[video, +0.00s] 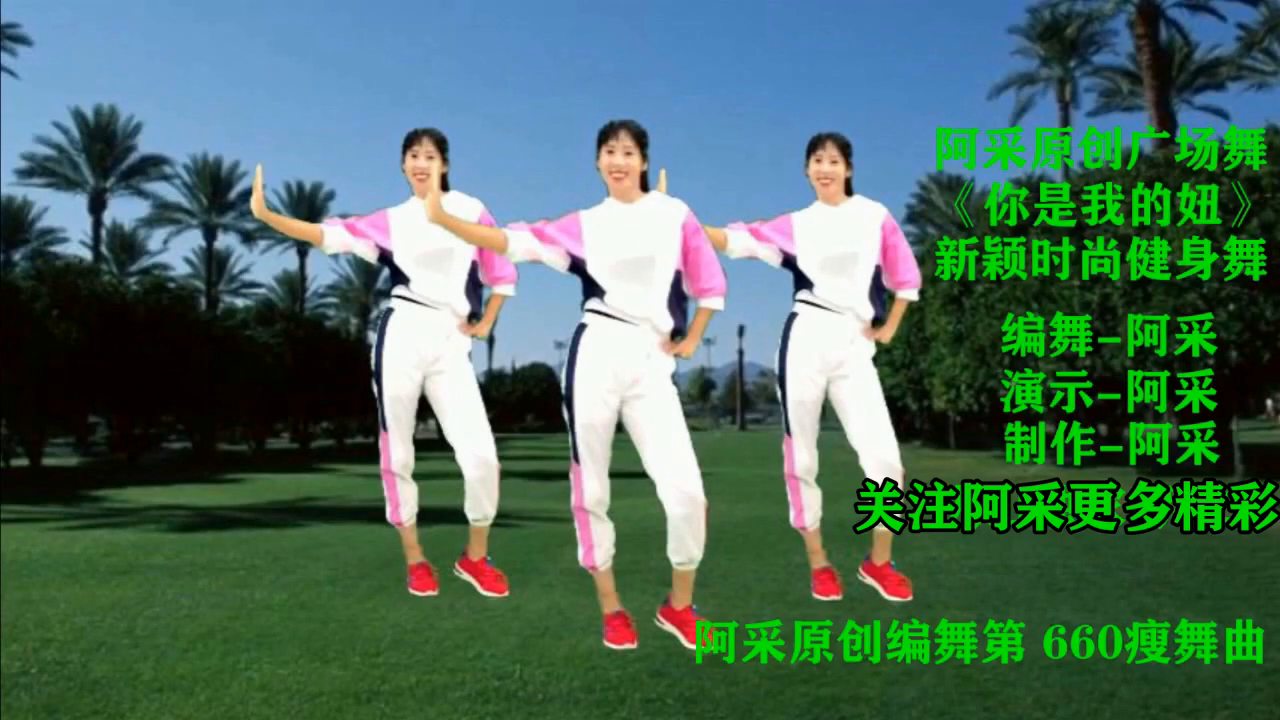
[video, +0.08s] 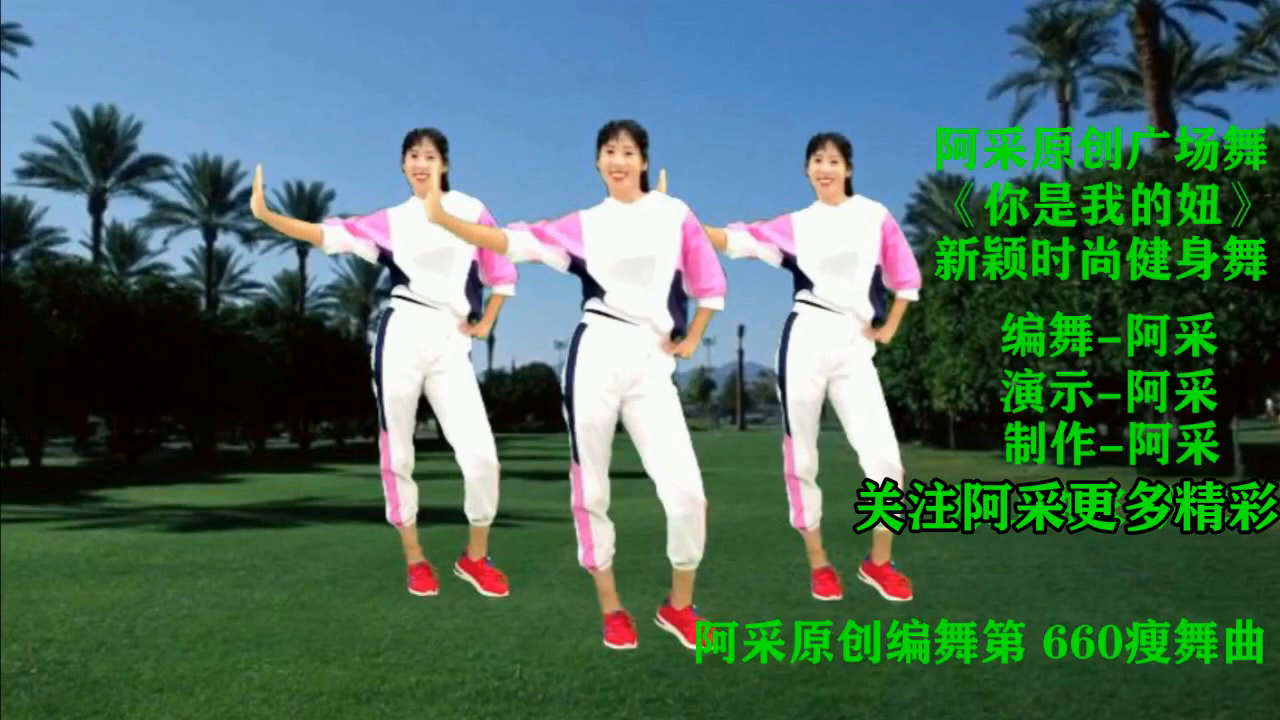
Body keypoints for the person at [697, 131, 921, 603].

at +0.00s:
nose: (825, 168)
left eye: (833, 161)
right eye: (818, 161)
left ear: (848, 169)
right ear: (807, 170)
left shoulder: (876, 217)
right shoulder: (797, 223)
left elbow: (907, 277)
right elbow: (734, 238)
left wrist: (888, 329)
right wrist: (683, 224)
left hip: (855, 340)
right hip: (806, 336)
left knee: (886, 459)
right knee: (802, 458)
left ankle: (879, 562)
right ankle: (819, 565)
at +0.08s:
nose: (825, 168)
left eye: (833, 161)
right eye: (818, 161)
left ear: (848, 169)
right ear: (807, 171)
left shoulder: (876, 217)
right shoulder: (797, 223)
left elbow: (907, 277)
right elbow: (734, 238)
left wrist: (888, 330)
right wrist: (682, 224)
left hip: (855, 340)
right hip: (806, 336)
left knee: (885, 458)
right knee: (802, 458)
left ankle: (879, 562)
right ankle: (819, 565)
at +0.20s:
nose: (825, 168)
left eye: (833, 161)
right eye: (818, 161)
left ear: (848, 169)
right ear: (807, 171)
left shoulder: (876, 217)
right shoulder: (797, 223)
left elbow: (907, 277)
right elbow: (734, 238)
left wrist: (888, 330)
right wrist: (682, 224)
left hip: (855, 340)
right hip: (806, 336)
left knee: (885, 458)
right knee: (802, 458)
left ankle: (879, 562)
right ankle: (819, 565)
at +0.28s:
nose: (825, 168)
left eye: (833, 161)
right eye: (818, 161)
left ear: (848, 169)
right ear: (807, 171)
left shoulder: (876, 217)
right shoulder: (797, 223)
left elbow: (907, 277)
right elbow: (734, 238)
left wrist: (888, 329)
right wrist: (683, 224)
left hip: (855, 340)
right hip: (806, 336)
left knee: (886, 459)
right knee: (802, 459)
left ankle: (879, 562)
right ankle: (819, 565)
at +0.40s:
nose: (825, 168)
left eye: (833, 161)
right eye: (818, 161)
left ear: (848, 169)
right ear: (807, 171)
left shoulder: (875, 217)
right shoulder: (797, 223)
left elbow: (907, 277)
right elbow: (734, 238)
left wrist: (888, 329)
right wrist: (683, 224)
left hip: (855, 340)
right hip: (806, 336)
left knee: (886, 459)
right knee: (802, 459)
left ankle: (879, 562)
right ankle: (819, 565)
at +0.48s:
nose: (825, 168)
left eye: (833, 161)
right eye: (818, 161)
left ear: (848, 169)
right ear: (807, 171)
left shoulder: (875, 217)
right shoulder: (797, 223)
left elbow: (907, 277)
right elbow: (734, 238)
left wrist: (888, 329)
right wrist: (683, 224)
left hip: (855, 340)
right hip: (806, 336)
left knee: (886, 459)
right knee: (802, 459)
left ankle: (879, 562)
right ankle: (819, 565)